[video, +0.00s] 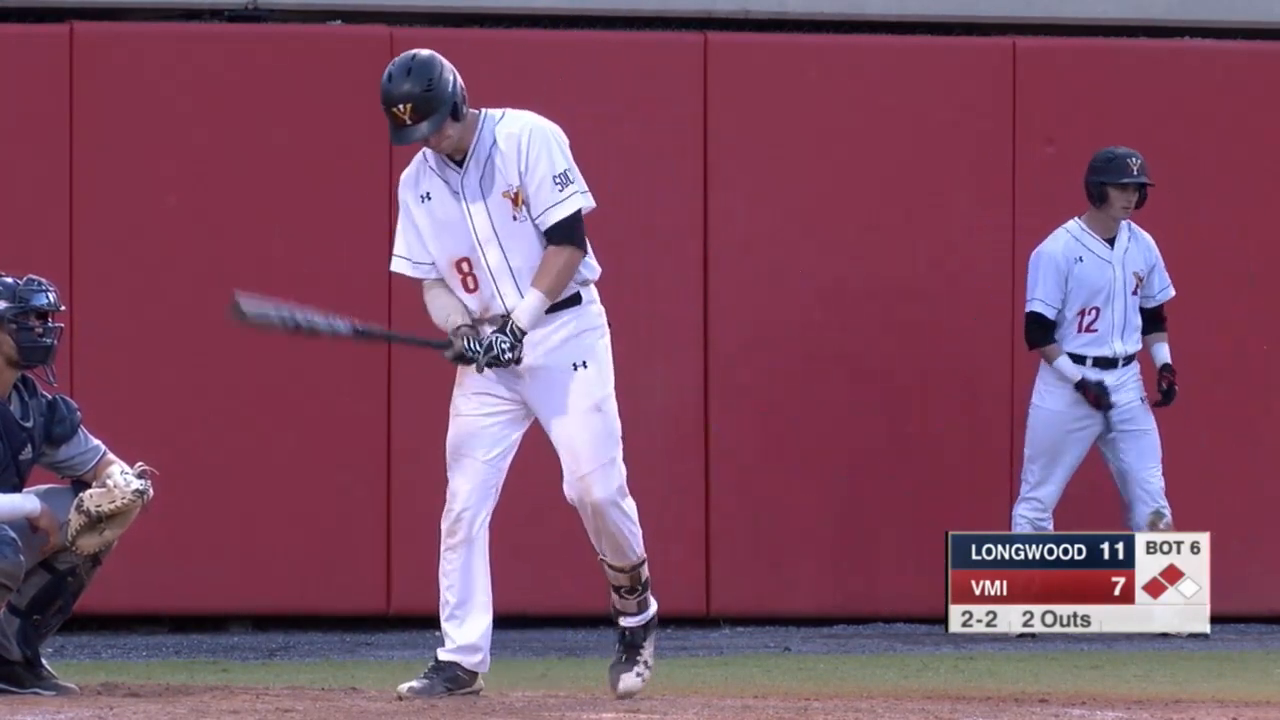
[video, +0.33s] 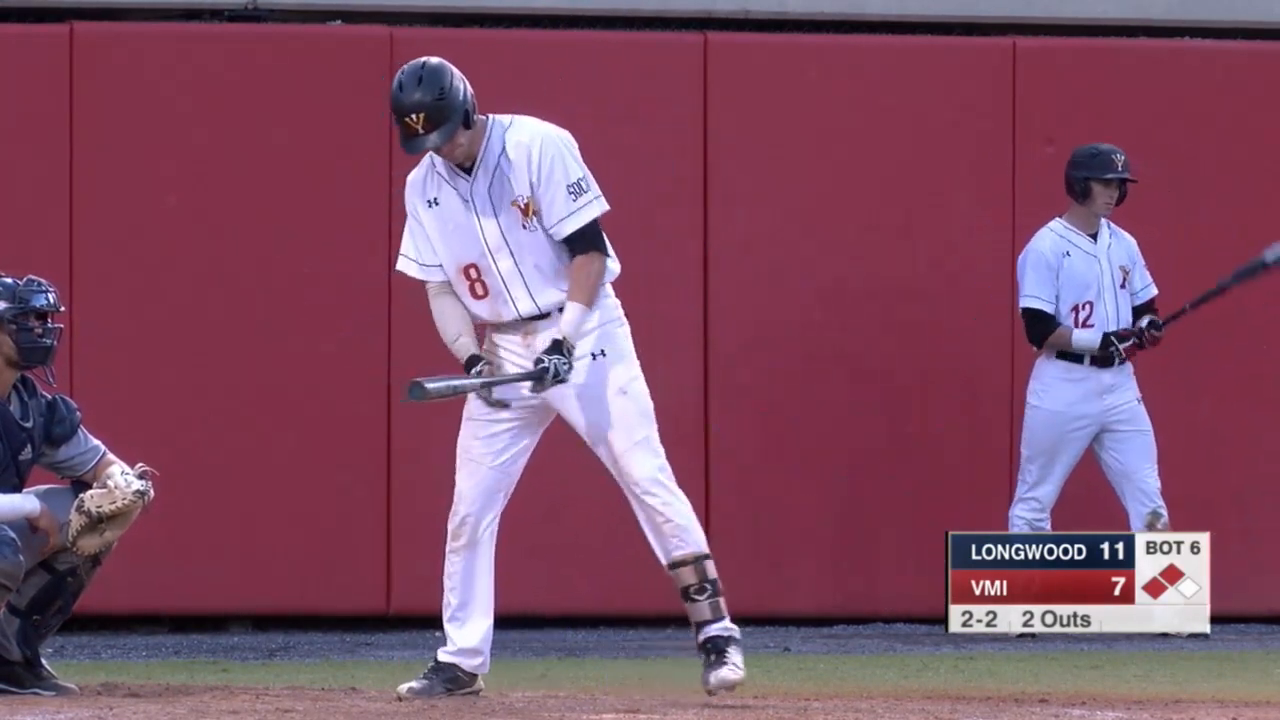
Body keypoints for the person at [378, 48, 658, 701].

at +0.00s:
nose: (430, 143)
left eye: (436, 129)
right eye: (419, 135)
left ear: (460, 104)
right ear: (410, 124)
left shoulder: (532, 137)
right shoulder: (416, 181)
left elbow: (567, 244)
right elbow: (433, 284)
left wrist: (518, 320)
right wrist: (460, 329)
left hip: (566, 340)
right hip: (487, 356)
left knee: (594, 489)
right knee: (463, 508)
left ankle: (635, 613)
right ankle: (460, 661)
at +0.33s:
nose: (440, 150)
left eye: (445, 135)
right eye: (428, 142)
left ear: (469, 111)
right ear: (417, 131)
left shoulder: (541, 145)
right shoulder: (423, 184)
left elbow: (590, 254)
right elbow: (440, 291)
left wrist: (565, 338)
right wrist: (472, 357)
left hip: (583, 331)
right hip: (501, 352)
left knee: (641, 472)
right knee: (470, 510)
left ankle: (715, 634)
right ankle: (461, 661)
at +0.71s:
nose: (543, 212)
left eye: (551, 200)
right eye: (532, 202)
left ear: (580, 176)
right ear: (519, 179)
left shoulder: (639, 207)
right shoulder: (527, 202)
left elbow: (667, 324)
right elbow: (526, 276)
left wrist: (633, 412)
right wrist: (497, 356)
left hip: (660, 374)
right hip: (578, 373)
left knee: (694, 504)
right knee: (513, 510)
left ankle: (755, 661)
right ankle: (462, 664)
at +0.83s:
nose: (571, 235)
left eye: (582, 226)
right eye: (562, 222)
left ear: (613, 206)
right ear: (550, 199)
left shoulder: (665, 234)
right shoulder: (555, 212)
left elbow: (674, 354)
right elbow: (556, 270)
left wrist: (639, 441)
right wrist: (558, 332)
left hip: (666, 378)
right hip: (586, 375)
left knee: (697, 503)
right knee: (521, 513)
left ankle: (754, 660)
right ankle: (462, 664)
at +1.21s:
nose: (593, 227)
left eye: (606, 221)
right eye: (586, 214)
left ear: (638, 202)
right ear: (576, 189)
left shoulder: (678, 243)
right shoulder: (566, 190)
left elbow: (669, 367)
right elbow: (560, 253)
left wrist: (654, 475)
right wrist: (545, 325)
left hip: (661, 378)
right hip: (581, 370)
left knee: (694, 503)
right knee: (514, 508)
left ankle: (755, 662)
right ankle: (459, 661)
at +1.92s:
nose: (472, 198)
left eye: (474, 185)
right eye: (464, 189)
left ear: (500, 161)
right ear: (459, 171)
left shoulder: (576, 193)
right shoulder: (482, 208)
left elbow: (616, 306)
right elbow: (503, 306)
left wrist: (586, 403)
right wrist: (467, 385)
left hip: (626, 376)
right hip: (547, 378)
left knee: (677, 506)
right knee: (470, 514)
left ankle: (758, 663)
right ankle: (455, 664)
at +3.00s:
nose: (628, 124)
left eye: (631, 112)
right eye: (613, 116)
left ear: (637, 114)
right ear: (577, 123)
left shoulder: (669, 197)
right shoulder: (535, 194)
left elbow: (680, 312)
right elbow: (520, 291)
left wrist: (643, 387)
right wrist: (520, 369)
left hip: (652, 380)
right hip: (561, 383)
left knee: (697, 513)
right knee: (483, 523)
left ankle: (762, 663)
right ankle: (455, 665)